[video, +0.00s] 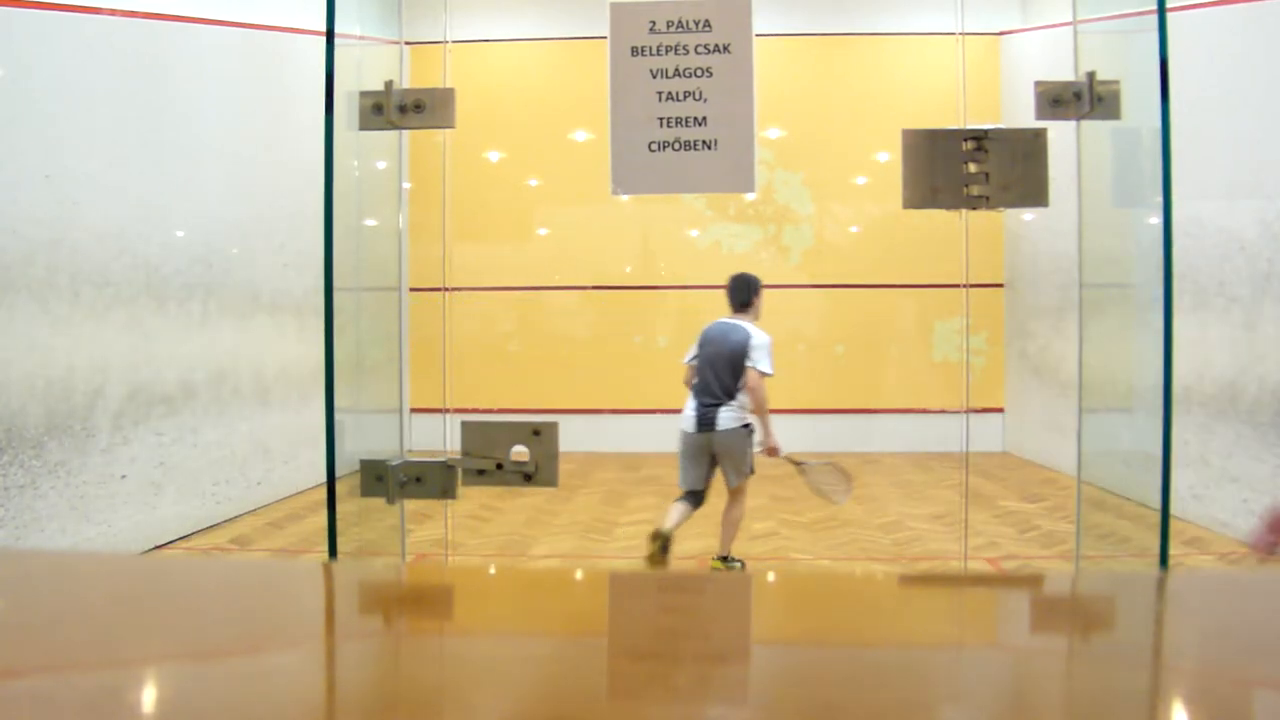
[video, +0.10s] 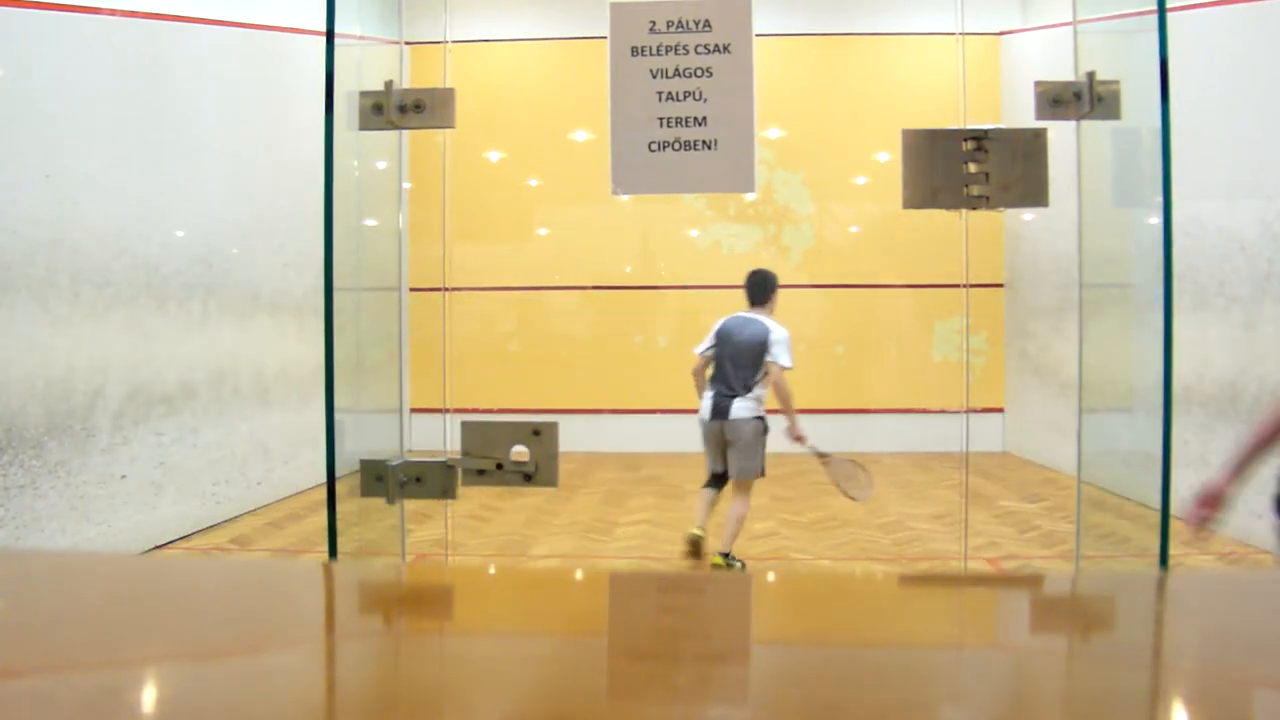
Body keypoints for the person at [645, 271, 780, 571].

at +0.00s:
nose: (762, 302)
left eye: (761, 296)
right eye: (761, 297)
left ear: (729, 300)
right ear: (755, 300)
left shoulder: (708, 331)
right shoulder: (756, 337)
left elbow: (690, 378)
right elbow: (753, 384)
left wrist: (714, 399)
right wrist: (768, 435)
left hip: (694, 423)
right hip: (731, 425)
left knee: (692, 493)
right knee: (737, 492)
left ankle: (664, 530)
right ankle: (723, 555)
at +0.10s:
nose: (778, 297)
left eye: (774, 292)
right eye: (777, 293)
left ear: (748, 295)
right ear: (773, 296)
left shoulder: (725, 324)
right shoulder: (776, 332)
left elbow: (697, 369)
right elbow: (776, 379)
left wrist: (707, 402)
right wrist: (793, 424)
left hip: (711, 410)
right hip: (745, 414)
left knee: (716, 476)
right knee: (741, 489)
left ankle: (698, 528)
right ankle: (725, 552)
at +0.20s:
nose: (790, 294)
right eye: (790, 289)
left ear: (761, 291)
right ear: (788, 292)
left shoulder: (741, 319)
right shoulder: (790, 326)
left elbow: (709, 356)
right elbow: (796, 372)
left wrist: (701, 396)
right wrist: (815, 411)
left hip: (728, 403)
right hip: (761, 406)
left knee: (735, 468)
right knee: (753, 480)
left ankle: (730, 535)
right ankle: (730, 538)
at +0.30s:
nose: (801, 299)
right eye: (802, 294)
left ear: (775, 297)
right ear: (800, 297)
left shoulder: (755, 326)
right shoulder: (803, 332)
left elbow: (722, 360)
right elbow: (812, 377)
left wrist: (708, 396)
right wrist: (837, 410)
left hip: (746, 408)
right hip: (776, 412)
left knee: (753, 471)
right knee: (771, 481)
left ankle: (747, 526)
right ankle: (744, 518)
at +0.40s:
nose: (814, 303)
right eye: (816, 299)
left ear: (793, 301)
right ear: (816, 302)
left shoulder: (775, 330)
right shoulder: (816, 335)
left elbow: (747, 363)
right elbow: (825, 380)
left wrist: (733, 399)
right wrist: (858, 409)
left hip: (764, 416)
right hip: (792, 419)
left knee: (770, 469)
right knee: (803, 477)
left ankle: (749, 527)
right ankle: (767, 511)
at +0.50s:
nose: (839, 300)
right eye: (840, 296)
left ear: (817, 297)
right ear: (839, 298)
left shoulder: (799, 326)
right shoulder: (836, 330)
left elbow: (775, 361)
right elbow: (840, 374)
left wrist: (775, 391)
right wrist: (876, 398)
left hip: (785, 407)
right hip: (813, 409)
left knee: (778, 465)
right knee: (839, 461)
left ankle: (750, 521)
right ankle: (819, 515)